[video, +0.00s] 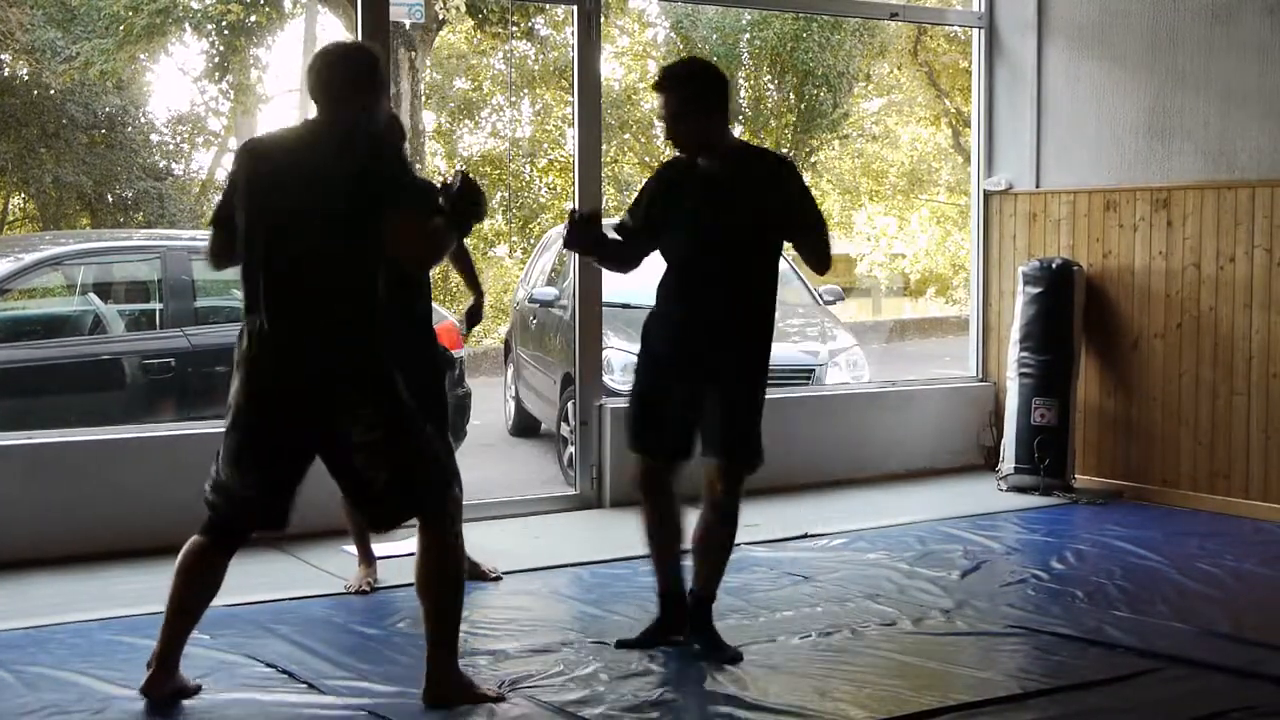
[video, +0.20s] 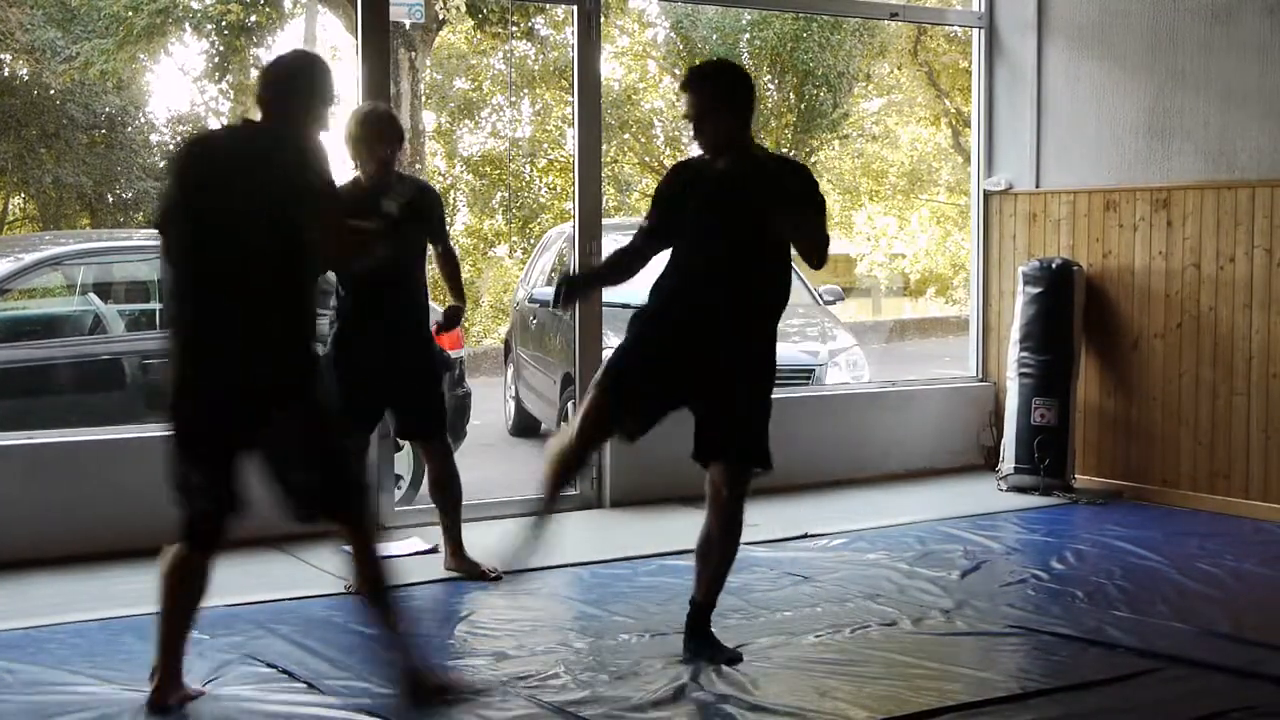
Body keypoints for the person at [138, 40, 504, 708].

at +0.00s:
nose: (388, 104)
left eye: (384, 93)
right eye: (384, 92)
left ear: (312, 92)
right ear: (370, 93)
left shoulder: (258, 157)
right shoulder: (380, 150)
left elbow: (223, 250)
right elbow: (417, 250)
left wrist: (300, 224)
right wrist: (457, 212)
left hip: (272, 378)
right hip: (368, 376)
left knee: (223, 524)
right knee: (439, 509)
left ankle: (162, 667)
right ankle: (443, 675)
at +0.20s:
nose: (327, 118)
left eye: (327, 106)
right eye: (326, 105)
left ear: (265, 94)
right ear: (310, 102)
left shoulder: (198, 153)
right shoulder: (302, 161)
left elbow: (171, 240)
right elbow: (336, 252)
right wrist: (386, 224)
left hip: (201, 376)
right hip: (283, 376)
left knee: (200, 530)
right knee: (356, 521)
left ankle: (165, 683)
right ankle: (414, 675)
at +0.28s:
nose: (310, 110)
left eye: (310, 97)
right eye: (310, 97)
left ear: (249, 80)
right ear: (294, 92)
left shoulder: (175, 133)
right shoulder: (280, 152)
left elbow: (145, 228)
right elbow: (324, 244)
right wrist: (364, 199)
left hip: (148, 348)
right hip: (224, 353)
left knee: (156, 510)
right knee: (289, 495)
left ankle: (151, 671)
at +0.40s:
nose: (278, 107)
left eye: (280, 96)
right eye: (278, 95)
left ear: (220, 78)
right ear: (263, 90)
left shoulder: (144, 127)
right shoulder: (258, 157)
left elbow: (105, 218)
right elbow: (298, 234)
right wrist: (359, 193)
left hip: (89, 330)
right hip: (164, 343)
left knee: (75, 463)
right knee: (165, 516)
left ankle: (57, 549)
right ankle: (64, 676)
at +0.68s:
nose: (204, 141)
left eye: (208, 126)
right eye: (202, 124)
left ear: (146, 101)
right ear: (174, 114)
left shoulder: (64, 141)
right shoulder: (147, 169)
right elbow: (145, 278)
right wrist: (209, 255)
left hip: (9, 354)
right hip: (70, 366)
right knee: (126, 533)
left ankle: (51, 690)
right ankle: (51, 692)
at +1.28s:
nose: (262, 123)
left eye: (261, 108)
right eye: (259, 108)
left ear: (196, 94)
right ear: (237, 105)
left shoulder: (111, 149)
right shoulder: (228, 169)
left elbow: (62, 247)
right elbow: (257, 270)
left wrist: (137, 223)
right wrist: (284, 200)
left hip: (84, 374)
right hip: (169, 376)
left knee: (29, 536)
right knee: (255, 522)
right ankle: (272, 697)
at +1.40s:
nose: (283, 117)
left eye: (284, 104)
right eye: (283, 103)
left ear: (215, 86)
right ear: (271, 99)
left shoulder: (137, 139)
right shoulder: (259, 162)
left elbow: (79, 232)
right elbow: (292, 255)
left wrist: (160, 225)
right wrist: (321, 213)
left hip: (99, 368)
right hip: (190, 372)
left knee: (49, 530)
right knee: (256, 529)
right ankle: (272, 697)